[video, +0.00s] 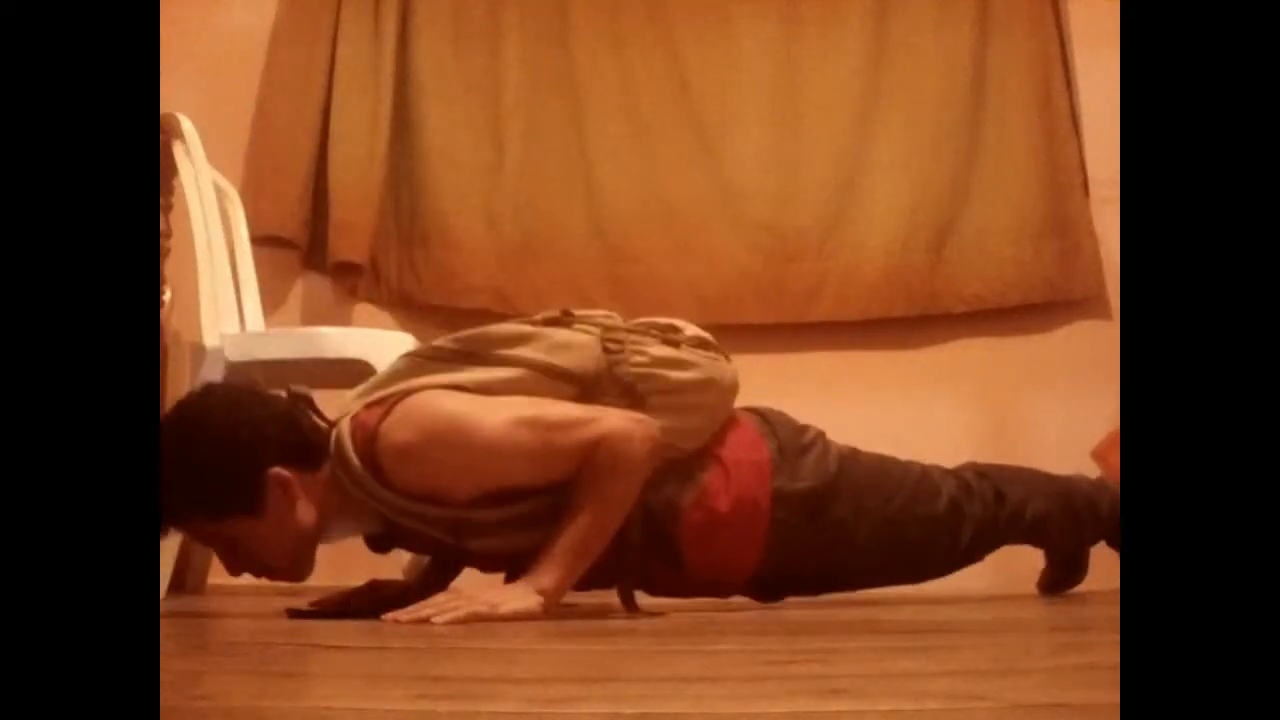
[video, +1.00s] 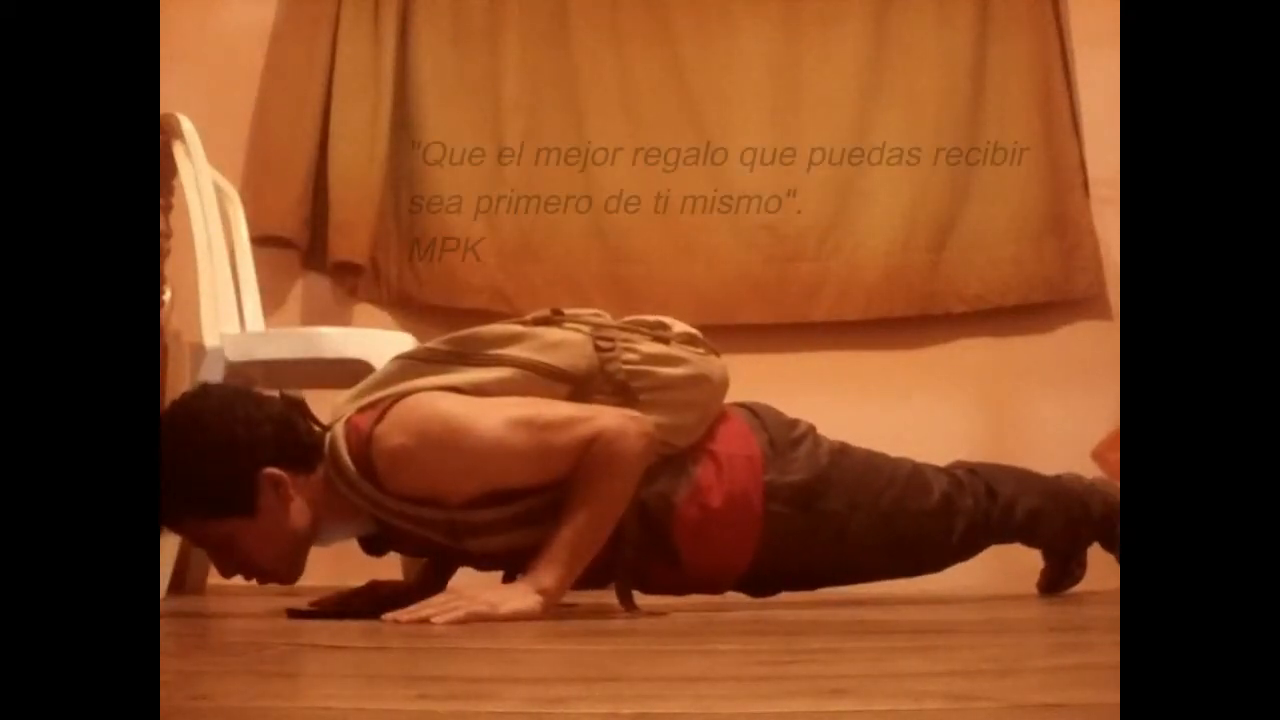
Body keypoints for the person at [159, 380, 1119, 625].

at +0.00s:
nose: (230, 563)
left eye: (226, 538)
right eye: (213, 547)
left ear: (284, 486)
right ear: (283, 480)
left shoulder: (416, 443)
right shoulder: (364, 454)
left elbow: (629, 443)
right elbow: (486, 524)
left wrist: (538, 587)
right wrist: (391, 586)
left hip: (752, 493)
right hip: (721, 509)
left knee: (952, 511)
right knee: (929, 513)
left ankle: (1094, 503)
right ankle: (1079, 506)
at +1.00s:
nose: (221, 567)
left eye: (219, 544)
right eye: (204, 552)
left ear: (277, 489)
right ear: (272, 482)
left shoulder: (411, 446)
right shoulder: (358, 454)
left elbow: (618, 441)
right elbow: (466, 540)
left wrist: (538, 588)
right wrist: (383, 588)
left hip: (743, 492)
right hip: (712, 504)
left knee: (946, 509)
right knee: (924, 508)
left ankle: (1094, 505)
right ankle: (1073, 506)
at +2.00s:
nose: (223, 572)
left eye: (219, 548)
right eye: (205, 558)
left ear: (274, 491)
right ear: (269, 482)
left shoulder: (406, 447)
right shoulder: (356, 457)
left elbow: (616, 440)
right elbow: (462, 541)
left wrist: (538, 588)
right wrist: (386, 588)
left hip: (737, 495)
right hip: (711, 494)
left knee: (946, 509)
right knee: (923, 505)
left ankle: (1094, 505)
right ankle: (1074, 507)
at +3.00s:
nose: (225, 573)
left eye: (220, 549)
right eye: (207, 559)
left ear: (275, 491)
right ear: (270, 483)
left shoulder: (405, 448)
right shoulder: (356, 457)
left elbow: (616, 438)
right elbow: (462, 538)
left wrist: (538, 587)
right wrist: (394, 585)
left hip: (740, 488)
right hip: (710, 502)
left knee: (944, 508)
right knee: (922, 507)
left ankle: (1094, 504)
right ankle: (1072, 506)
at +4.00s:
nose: (225, 573)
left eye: (218, 549)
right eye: (207, 560)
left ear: (271, 491)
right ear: (266, 480)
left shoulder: (402, 448)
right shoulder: (355, 458)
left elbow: (615, 437)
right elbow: (459, 536)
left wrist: (540, 588)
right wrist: (392, 585)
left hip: (739, 487)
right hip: (711, 501)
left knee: (946, 508)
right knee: (926, 505)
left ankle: (1094, 505)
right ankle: (1078, 505)